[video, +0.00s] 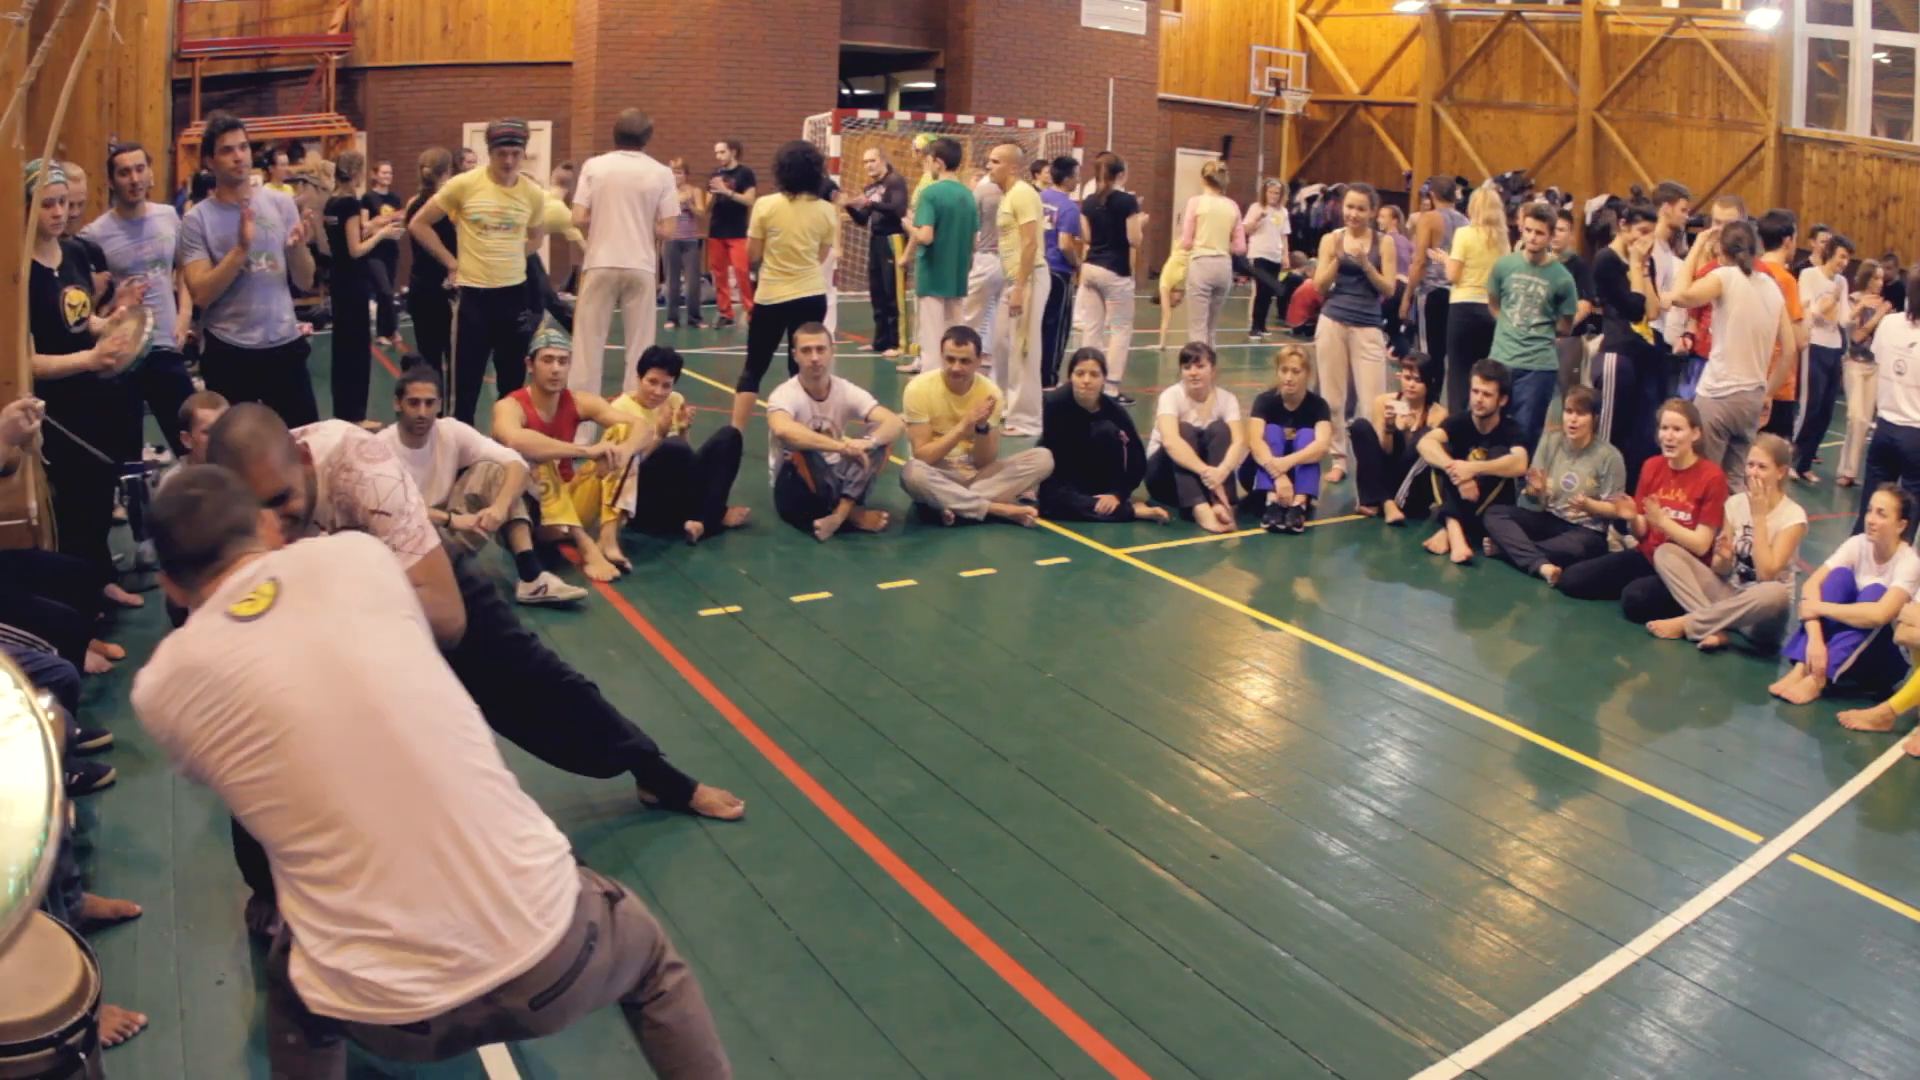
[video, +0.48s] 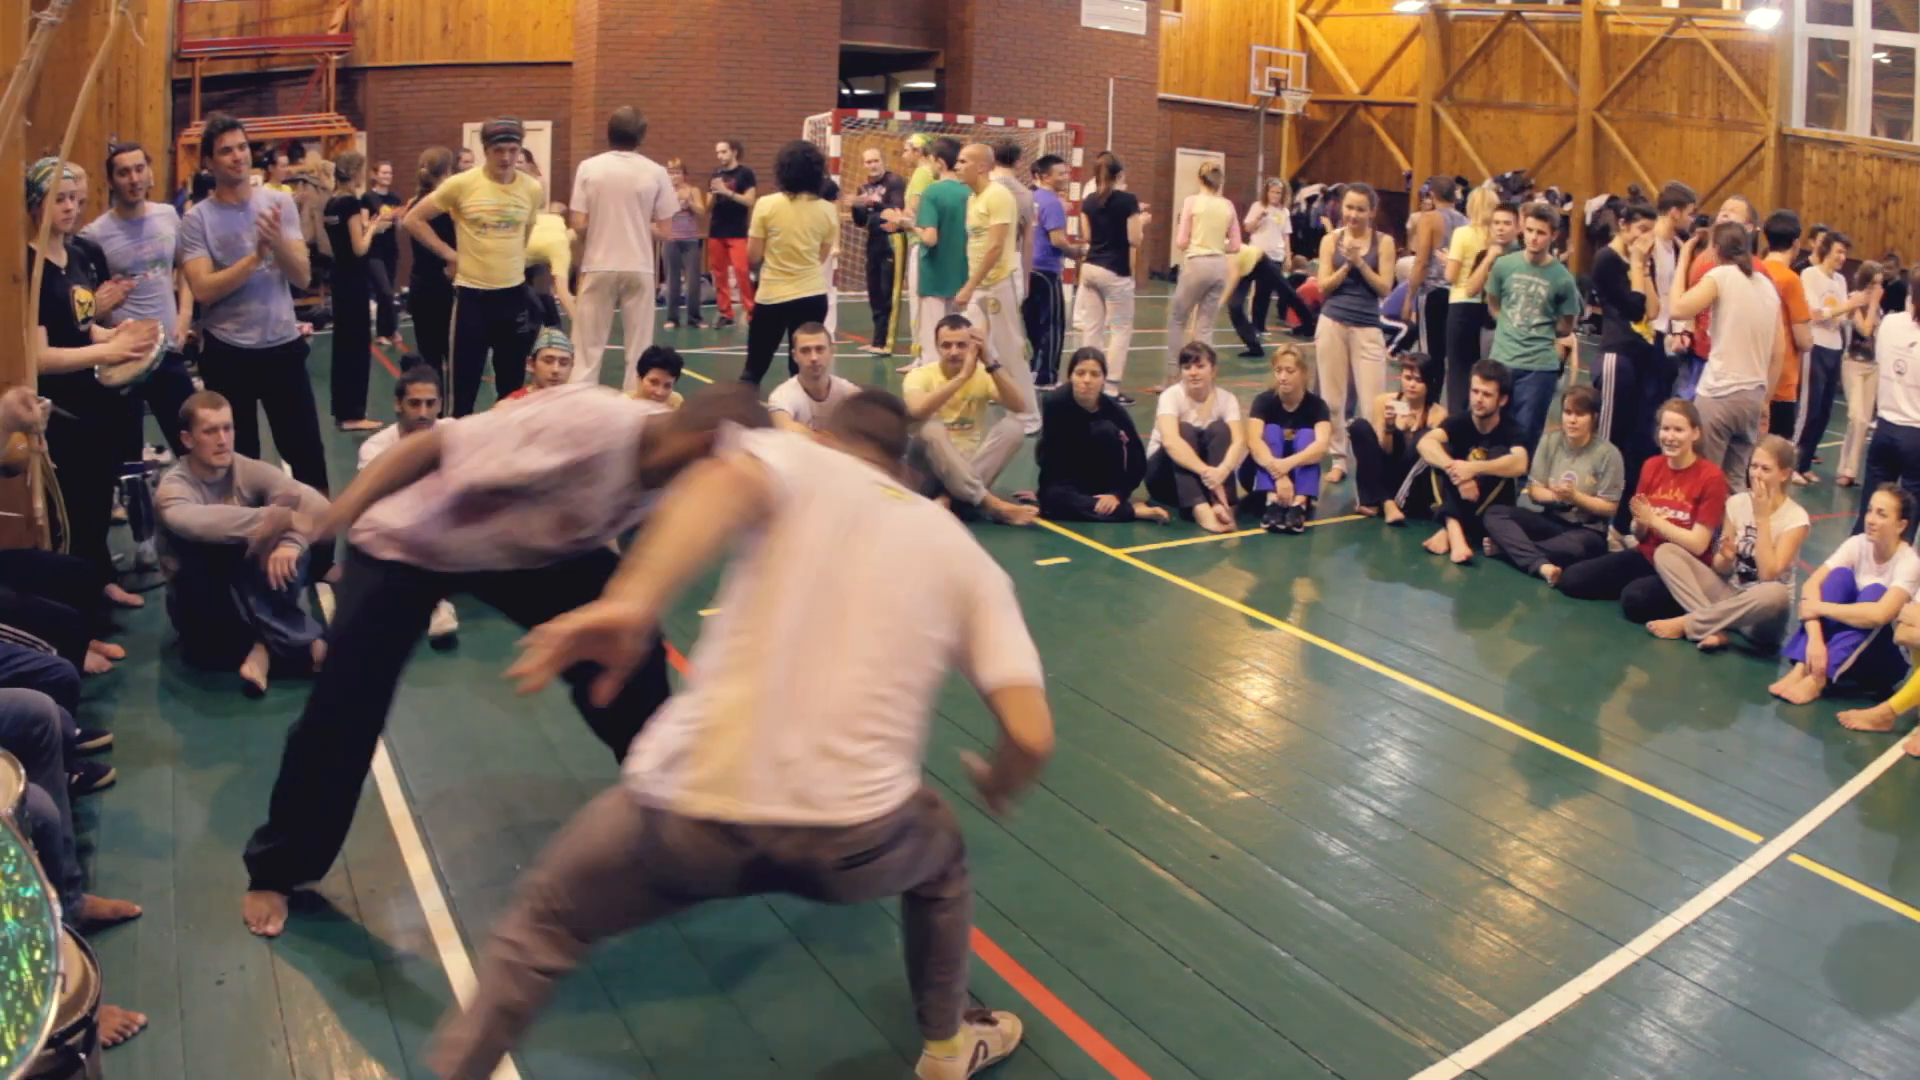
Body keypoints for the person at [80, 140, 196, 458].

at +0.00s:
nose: (134, 179)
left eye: (140, 169)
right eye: (124, 173)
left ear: (150, 174)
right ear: (111, 181)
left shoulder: (168, 216)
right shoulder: (94, 235)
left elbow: (182, 271)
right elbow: (88, 300)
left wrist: (184, 317)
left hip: (167, 349)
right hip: (121, 355)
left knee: (192, 442)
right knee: (126, 451)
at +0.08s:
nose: (134, 179)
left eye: (140, 169)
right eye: (124, 173)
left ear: (150, 174)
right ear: (111, 181)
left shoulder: (168, 216)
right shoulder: (94, 235)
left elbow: (182, 270)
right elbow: (90, 302)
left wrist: (183, 320)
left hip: (168, 351)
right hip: (121, 359)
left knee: (193, 443)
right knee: (126, 455)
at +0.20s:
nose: (134, 179)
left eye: (140, 170)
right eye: (124, 173)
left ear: (150, 174)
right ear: (111, 181)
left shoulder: (169, 216)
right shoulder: (93, 236)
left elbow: (183, 270)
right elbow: (88, 300)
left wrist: (183, 320)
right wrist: (112, 324)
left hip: (168, 351)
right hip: (120, 356)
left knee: (192, 442)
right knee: (126, 452)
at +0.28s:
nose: (134, 179)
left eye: (140, 169)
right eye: (124, 173)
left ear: (150, 174)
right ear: (111, 181)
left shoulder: (168, 216)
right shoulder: (93, 236)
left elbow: (183, 271)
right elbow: (88, 303)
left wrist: (184, 318)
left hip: (168, 352)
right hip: (121, 357)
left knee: (195, 445)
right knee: (126, 457)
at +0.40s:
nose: (134, 179)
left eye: (139, 169)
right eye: (124, 173)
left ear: (150, 173)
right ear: (111, 181)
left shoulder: (168, 216)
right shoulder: (93, 236)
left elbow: (183, 271)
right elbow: (90, 302)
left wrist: (184, 318)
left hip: (169, 353)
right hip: (121, 359)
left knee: (193, 443)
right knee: (127, 455)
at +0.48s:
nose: (134, 179)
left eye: (139, 169)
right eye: (124, 173)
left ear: (150, 173)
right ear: (111, 181)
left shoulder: (168, 216)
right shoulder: (93, 236)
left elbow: (183, 268)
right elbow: (86, 302)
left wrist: (184, 318)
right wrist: (113, 328)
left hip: (169, 353)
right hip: (120, 360)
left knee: (194, 445)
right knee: (127, 457)